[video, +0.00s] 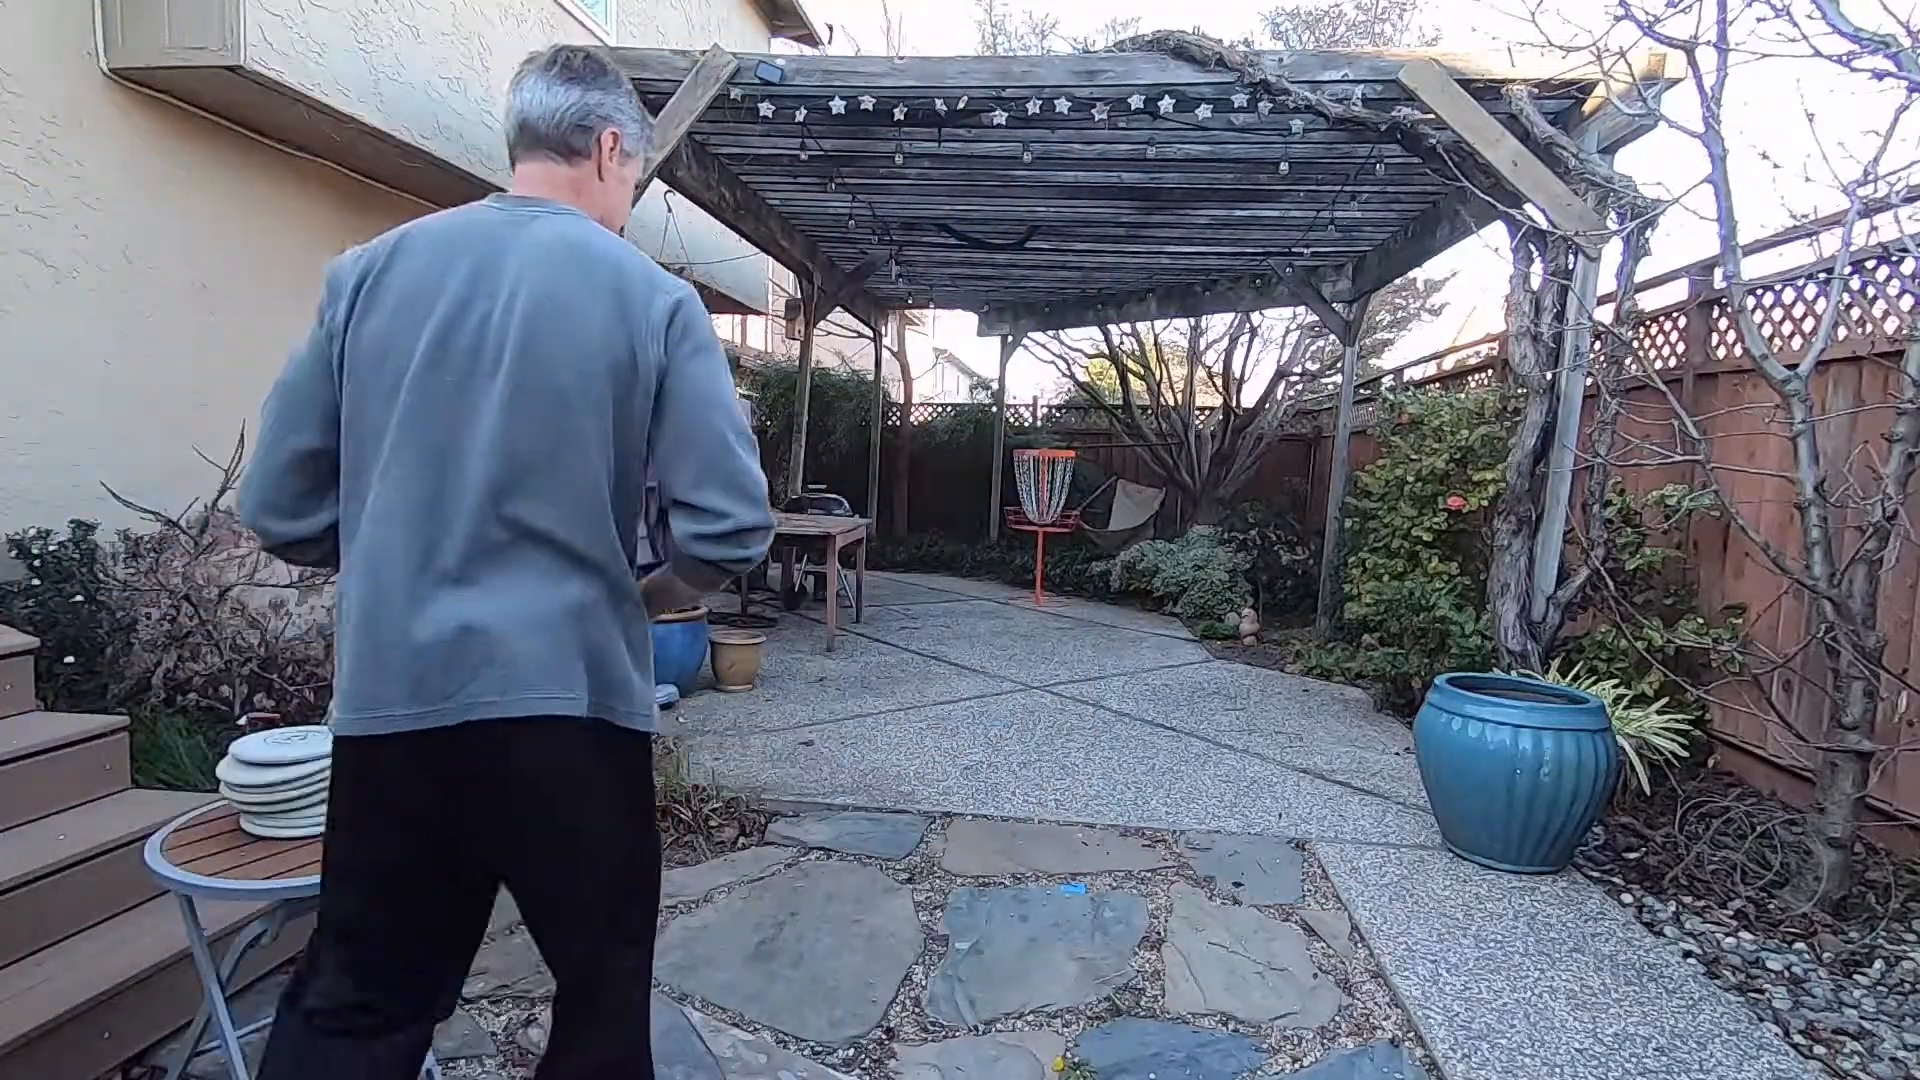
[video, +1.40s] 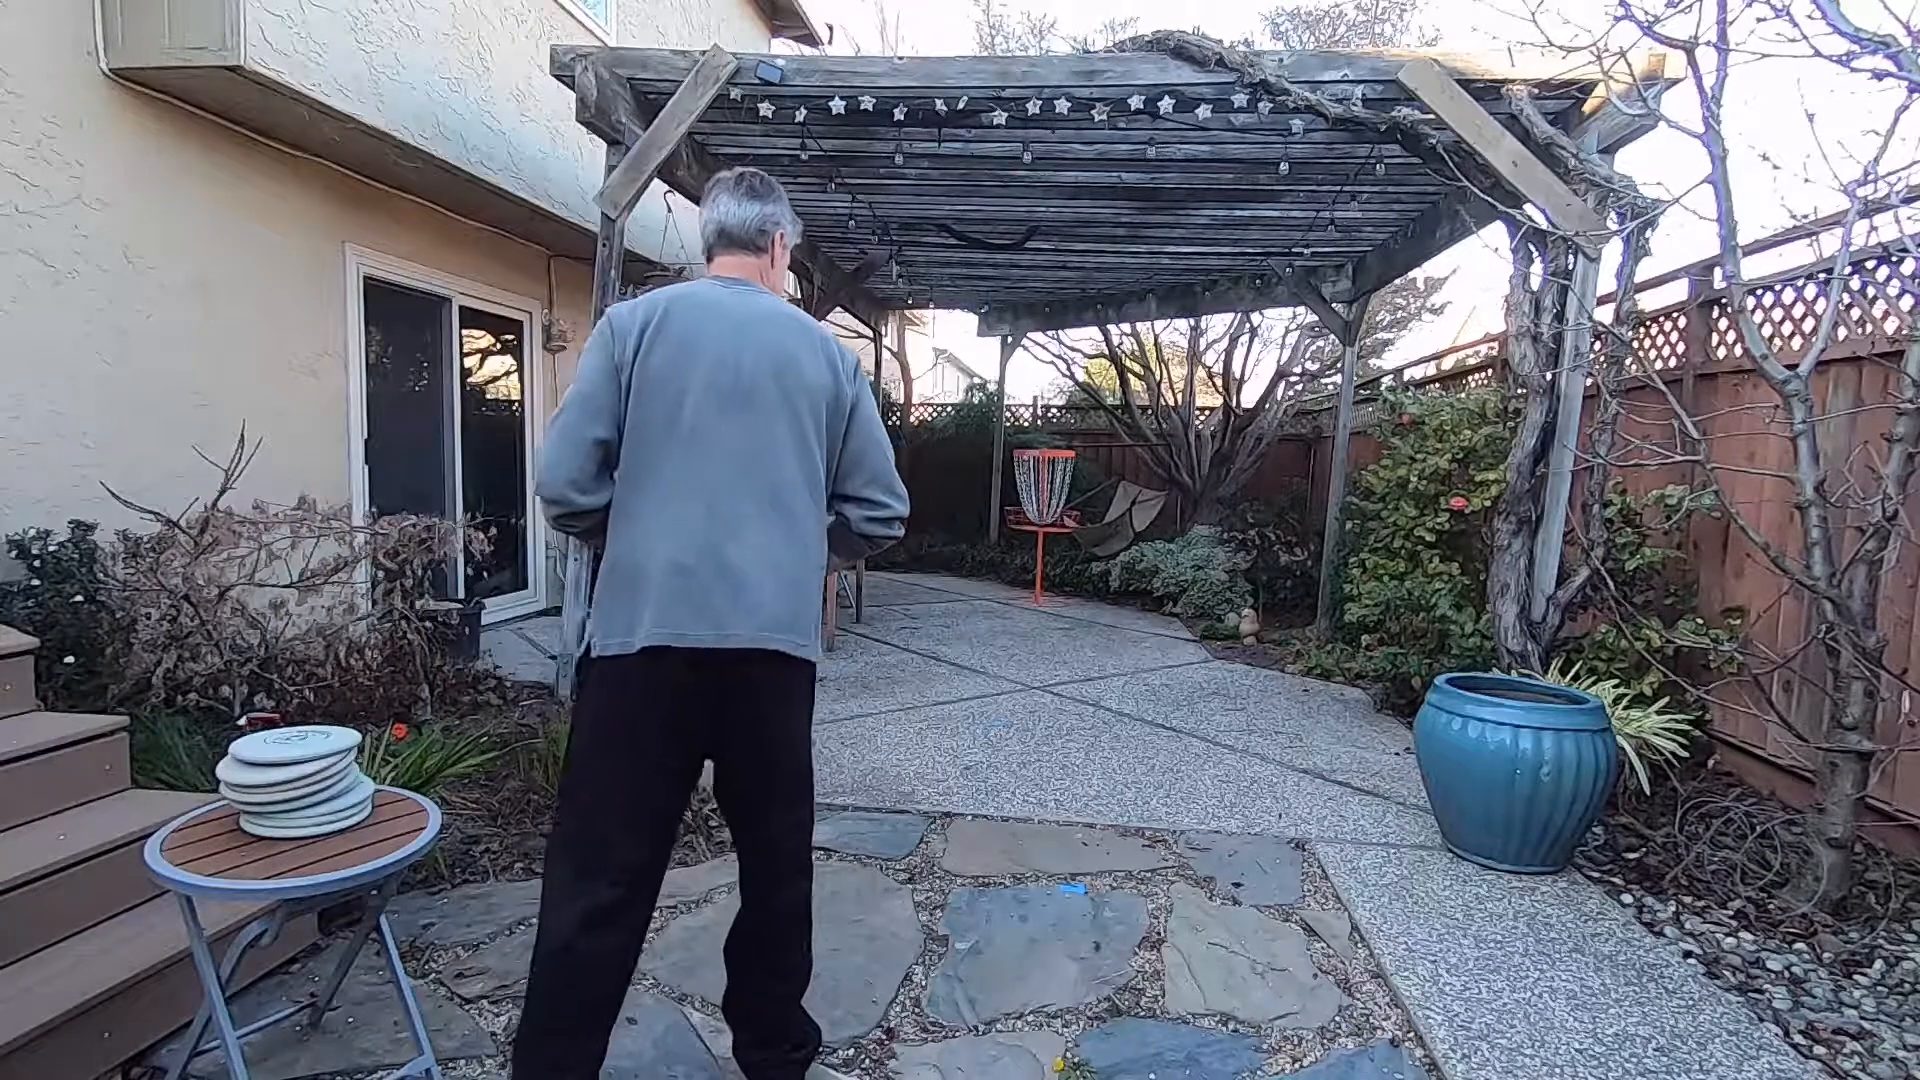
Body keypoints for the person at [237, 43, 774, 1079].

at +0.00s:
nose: (631, 205)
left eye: (636, 185)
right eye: (635, 179)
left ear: (517, 149)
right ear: (609, 150)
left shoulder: (370, 270)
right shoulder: (648, 294)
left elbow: (280, 504)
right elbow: (731, 524)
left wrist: (394, 541)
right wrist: (638, 573)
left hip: (388, 705)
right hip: (570, 710)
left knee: (357, 1002)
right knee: (605, 998)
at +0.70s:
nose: (625, 224)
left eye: (628, 203)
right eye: (626, 199)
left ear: (515, 184)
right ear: (597, 176)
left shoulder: (419, 316)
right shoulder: (652, 302)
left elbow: (381, 523)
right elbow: (722, 494)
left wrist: (483, 542)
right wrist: (667, 559)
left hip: (490, 695)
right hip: (644, 686)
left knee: (514, 964)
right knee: (695, 915)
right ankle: (705, 1072)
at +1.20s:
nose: (757, 250)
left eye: (755, 237)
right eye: (756, 235)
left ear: (652, 239)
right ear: (735, 231)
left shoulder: (578, 325)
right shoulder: (785, 346)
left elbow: (506, 492)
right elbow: (841, 513)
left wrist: (578, 529)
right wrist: (754, 527)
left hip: (601, 660)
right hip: (742, 664)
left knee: (575, 895)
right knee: (760, 872)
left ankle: (545, 1066)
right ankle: (776, 1057)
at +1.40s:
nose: (794, 271)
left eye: (789, 259)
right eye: (795, 259)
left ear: (700, 248)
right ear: (781, 252)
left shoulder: (636, 318)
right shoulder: (826, 352)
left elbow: (564, 476)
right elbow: (879, 515)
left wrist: (612, 531)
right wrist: (792, 526)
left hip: (642, 635)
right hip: (773, 640)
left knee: (600, 871)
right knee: (778, 863)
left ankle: (551, 1065)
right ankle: (776, 1054)